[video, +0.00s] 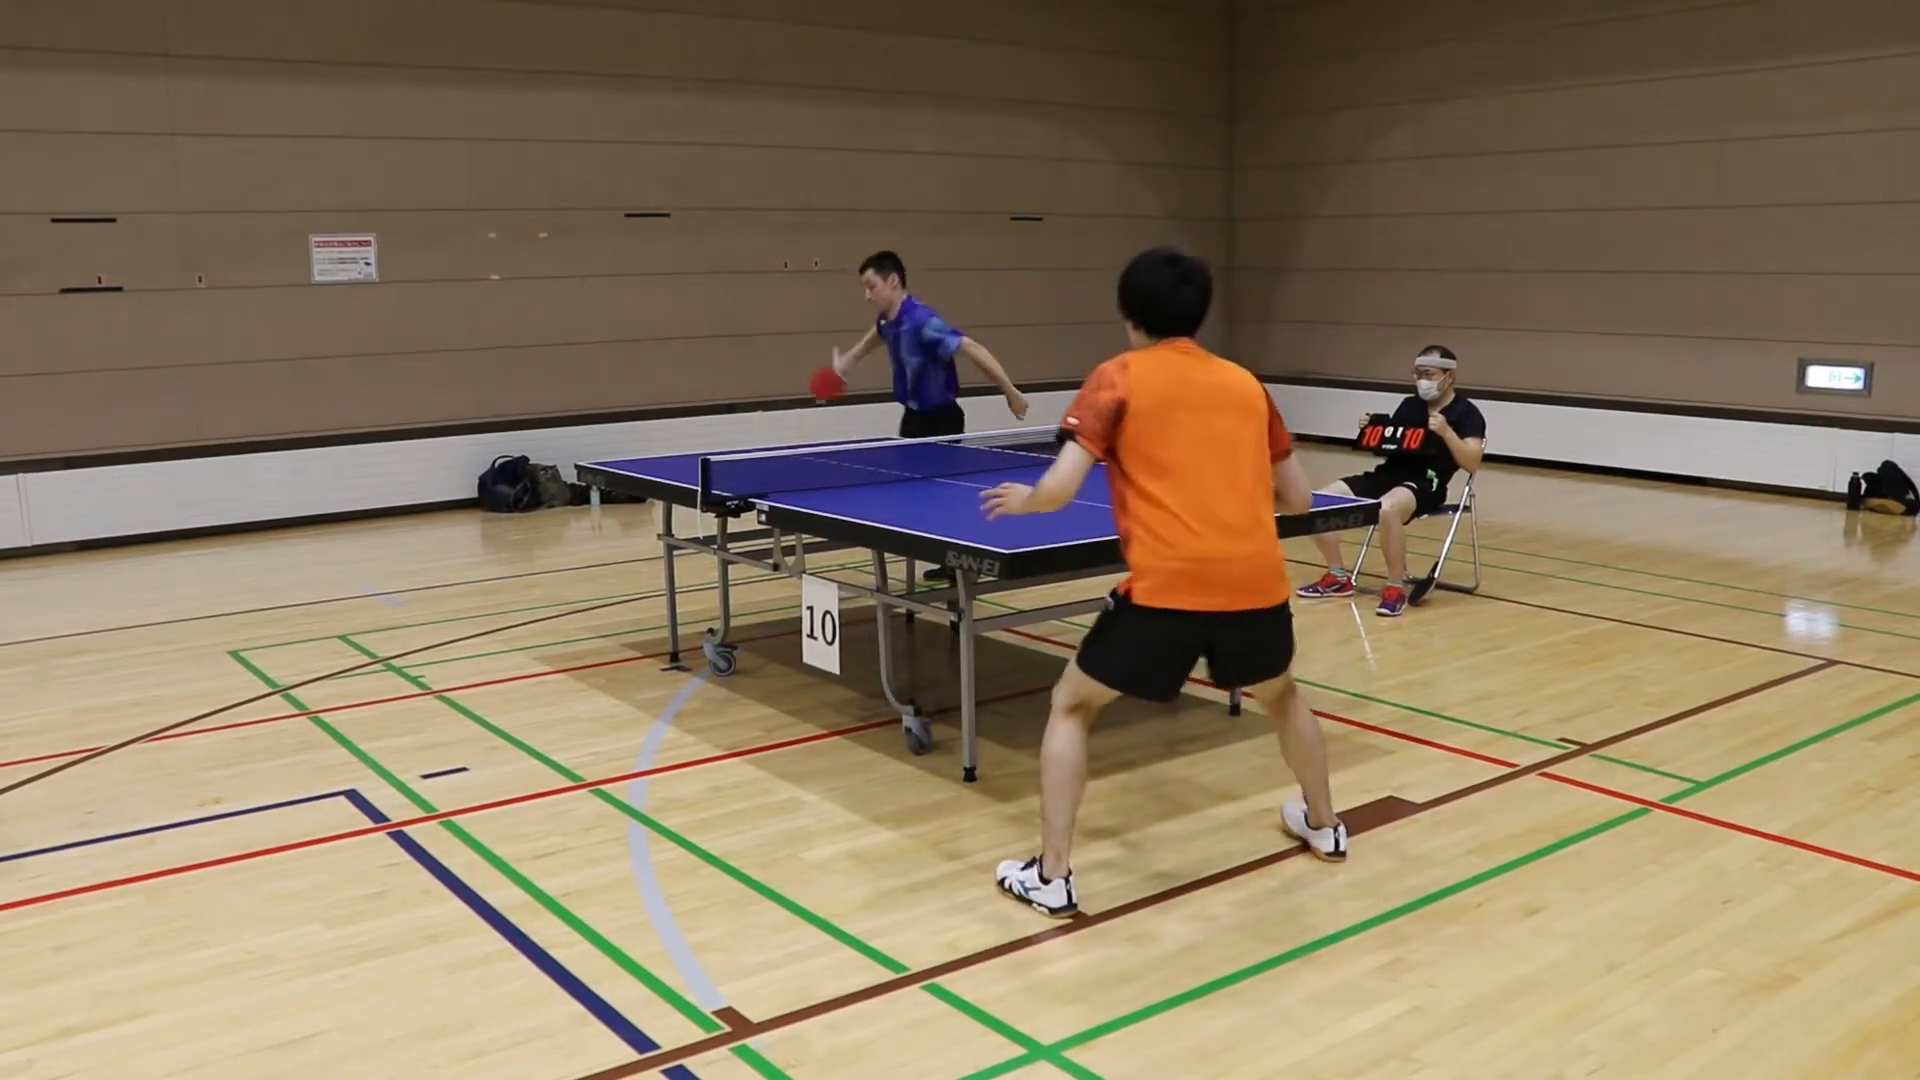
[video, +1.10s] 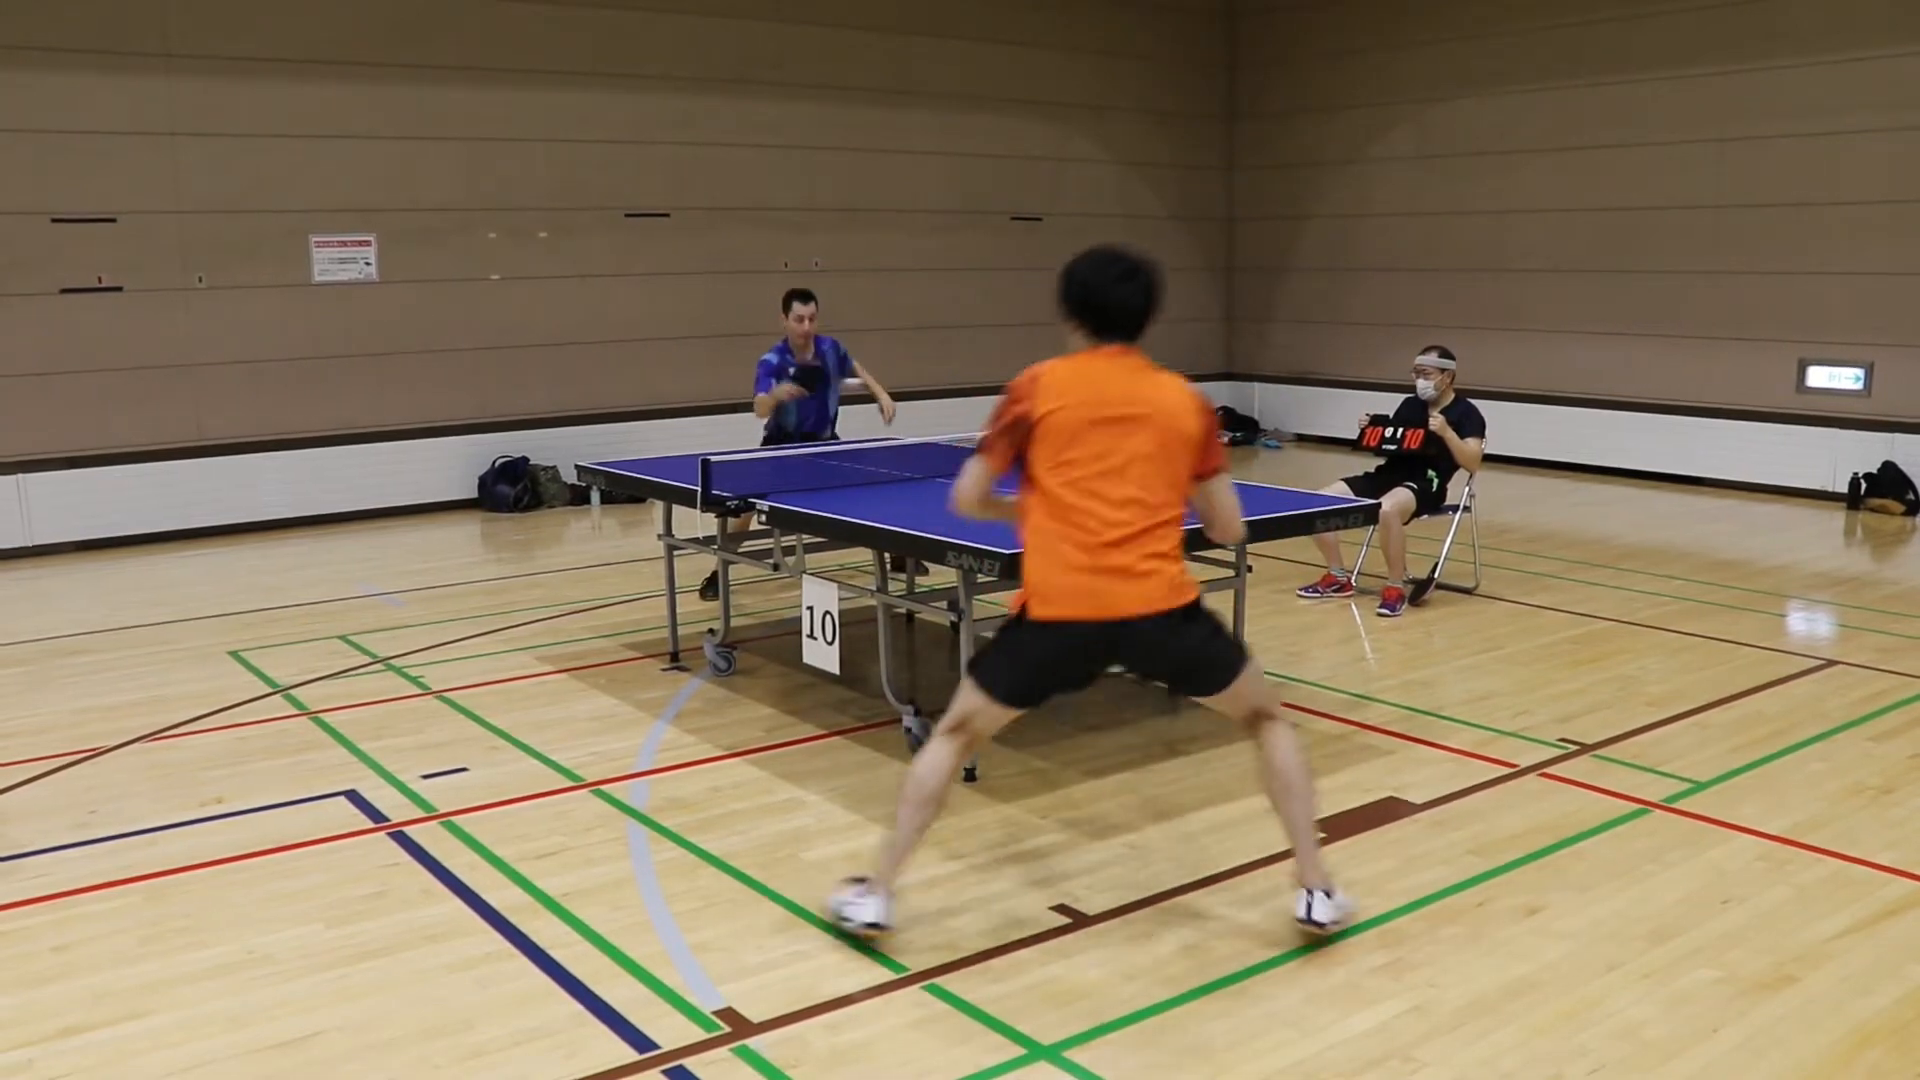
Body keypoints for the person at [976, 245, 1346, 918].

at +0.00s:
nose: (1120, 319)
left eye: (1123, 310)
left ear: (1131, 314)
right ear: (1198, 315)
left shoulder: (1119, 378)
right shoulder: (1246, 386)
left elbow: (1058, 491)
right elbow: (1296, 497)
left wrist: (1025, 499)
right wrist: (1229, 486)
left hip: (1163, 598)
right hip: (1256, 594)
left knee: (1072, 705)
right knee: (1285, 698)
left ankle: (1052, 873)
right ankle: (1325, 823)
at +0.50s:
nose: (1082, 384)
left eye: (1083, 373)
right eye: (1082, 373)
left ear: (1095, 374)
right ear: (1155, 369)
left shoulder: (1100, 430)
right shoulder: (1205, 427)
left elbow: (1021, 529)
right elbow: (1224, 512)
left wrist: (1007, 514)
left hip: (1168, 644)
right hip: (1248, 637)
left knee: (1015, 707)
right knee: (1250, 698)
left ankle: (987, 880)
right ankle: (1322, 824)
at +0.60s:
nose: (1048, 384)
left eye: (1049, 372)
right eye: (1048, 372)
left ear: (1062, 372)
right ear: (1121, 364)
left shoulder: (1068, 421)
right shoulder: (1168, 422)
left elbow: (995, 512)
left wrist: (978, 499)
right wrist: (1063, 497)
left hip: (1128, 640)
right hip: (1213, 636)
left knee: (983, 706)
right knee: (1236, 711)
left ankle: (982, 880)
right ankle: (1317, 823)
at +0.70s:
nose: (1014, 366)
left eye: (1015, 354)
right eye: (1015, 354)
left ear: (1027, 355)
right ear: (1090, 345)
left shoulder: (1033, 404)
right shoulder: (1133, 409)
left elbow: (944, 492)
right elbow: (1134, 523)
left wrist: (900, 471)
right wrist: (1056, 590)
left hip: (1078, 624)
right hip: (1171, 616)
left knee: (946, 691)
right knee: (1235, 716)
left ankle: (960, 865)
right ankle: (1315, 821)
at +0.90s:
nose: (977, 363)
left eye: (979, 353)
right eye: (984, 352)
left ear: (987, 359)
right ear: (1055, 355)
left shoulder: (977, 431)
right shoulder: (1104, 423)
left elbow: (913, 553)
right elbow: (1184, 479)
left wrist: (884, 562)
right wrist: (1143, 424)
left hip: (1017, 647)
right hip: (1111, 641)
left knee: (906, 739)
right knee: (1165, 748)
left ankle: (850, 900)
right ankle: (1261, 874)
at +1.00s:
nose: (1010, 346)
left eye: (1012, 337)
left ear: (1018, 344)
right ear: (1090, 342)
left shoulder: (993, 421)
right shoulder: (1134, 419)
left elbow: (922, 544)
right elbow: (1203, 517)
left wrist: (925, 542)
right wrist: (1158, 464)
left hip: (1025, 644)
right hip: (1126, 642)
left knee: (920, 743)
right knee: (1194, 749)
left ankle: (851, 901)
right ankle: (1281, 895)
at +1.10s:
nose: (1061, 319)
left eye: (1066, 309)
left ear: (1071, 315)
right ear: (1145, 317)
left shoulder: (1038, 388)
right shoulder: (1184, 399)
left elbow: (966, 500)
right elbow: (1228, 527)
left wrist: (1032, 509)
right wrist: (1174, 486)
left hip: (1056, 618)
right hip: (1163, 614)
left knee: (956, 733)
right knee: (1266, 718)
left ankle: (878, 889)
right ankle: (1316, 887)